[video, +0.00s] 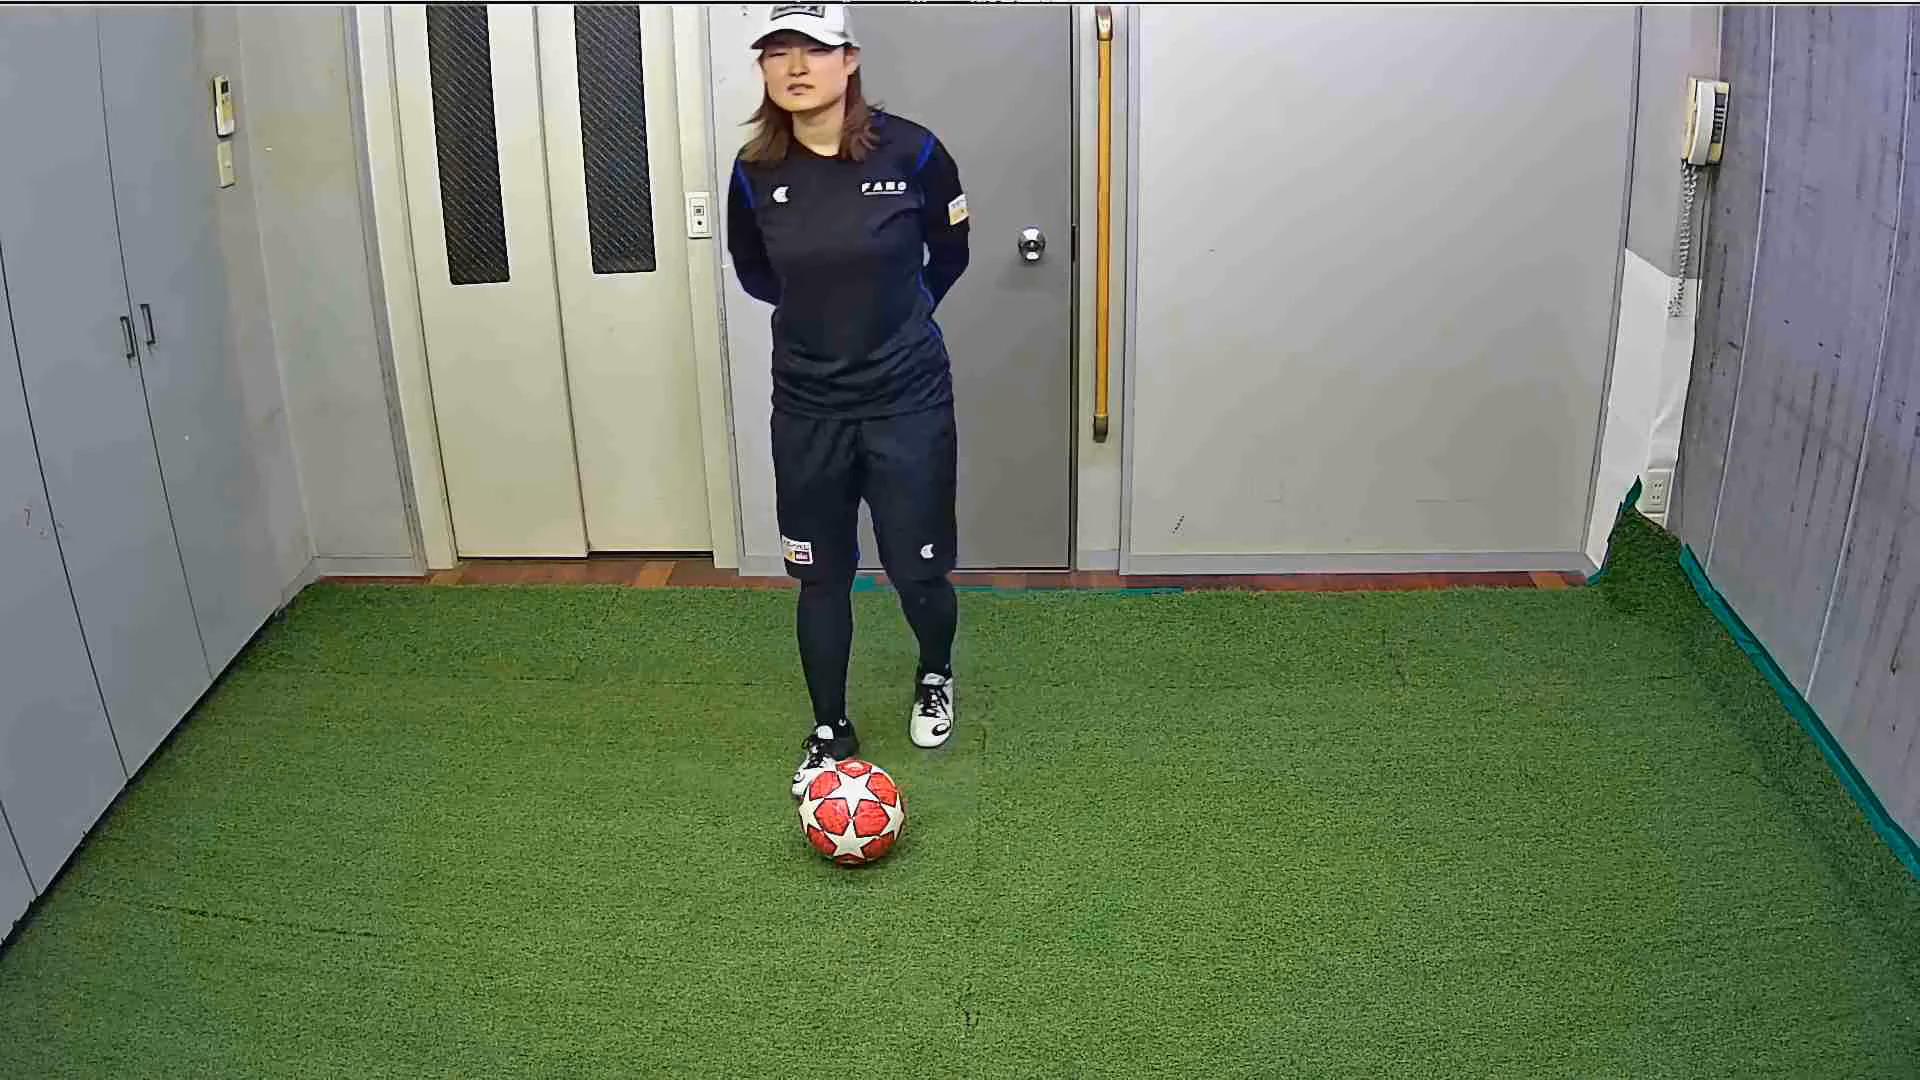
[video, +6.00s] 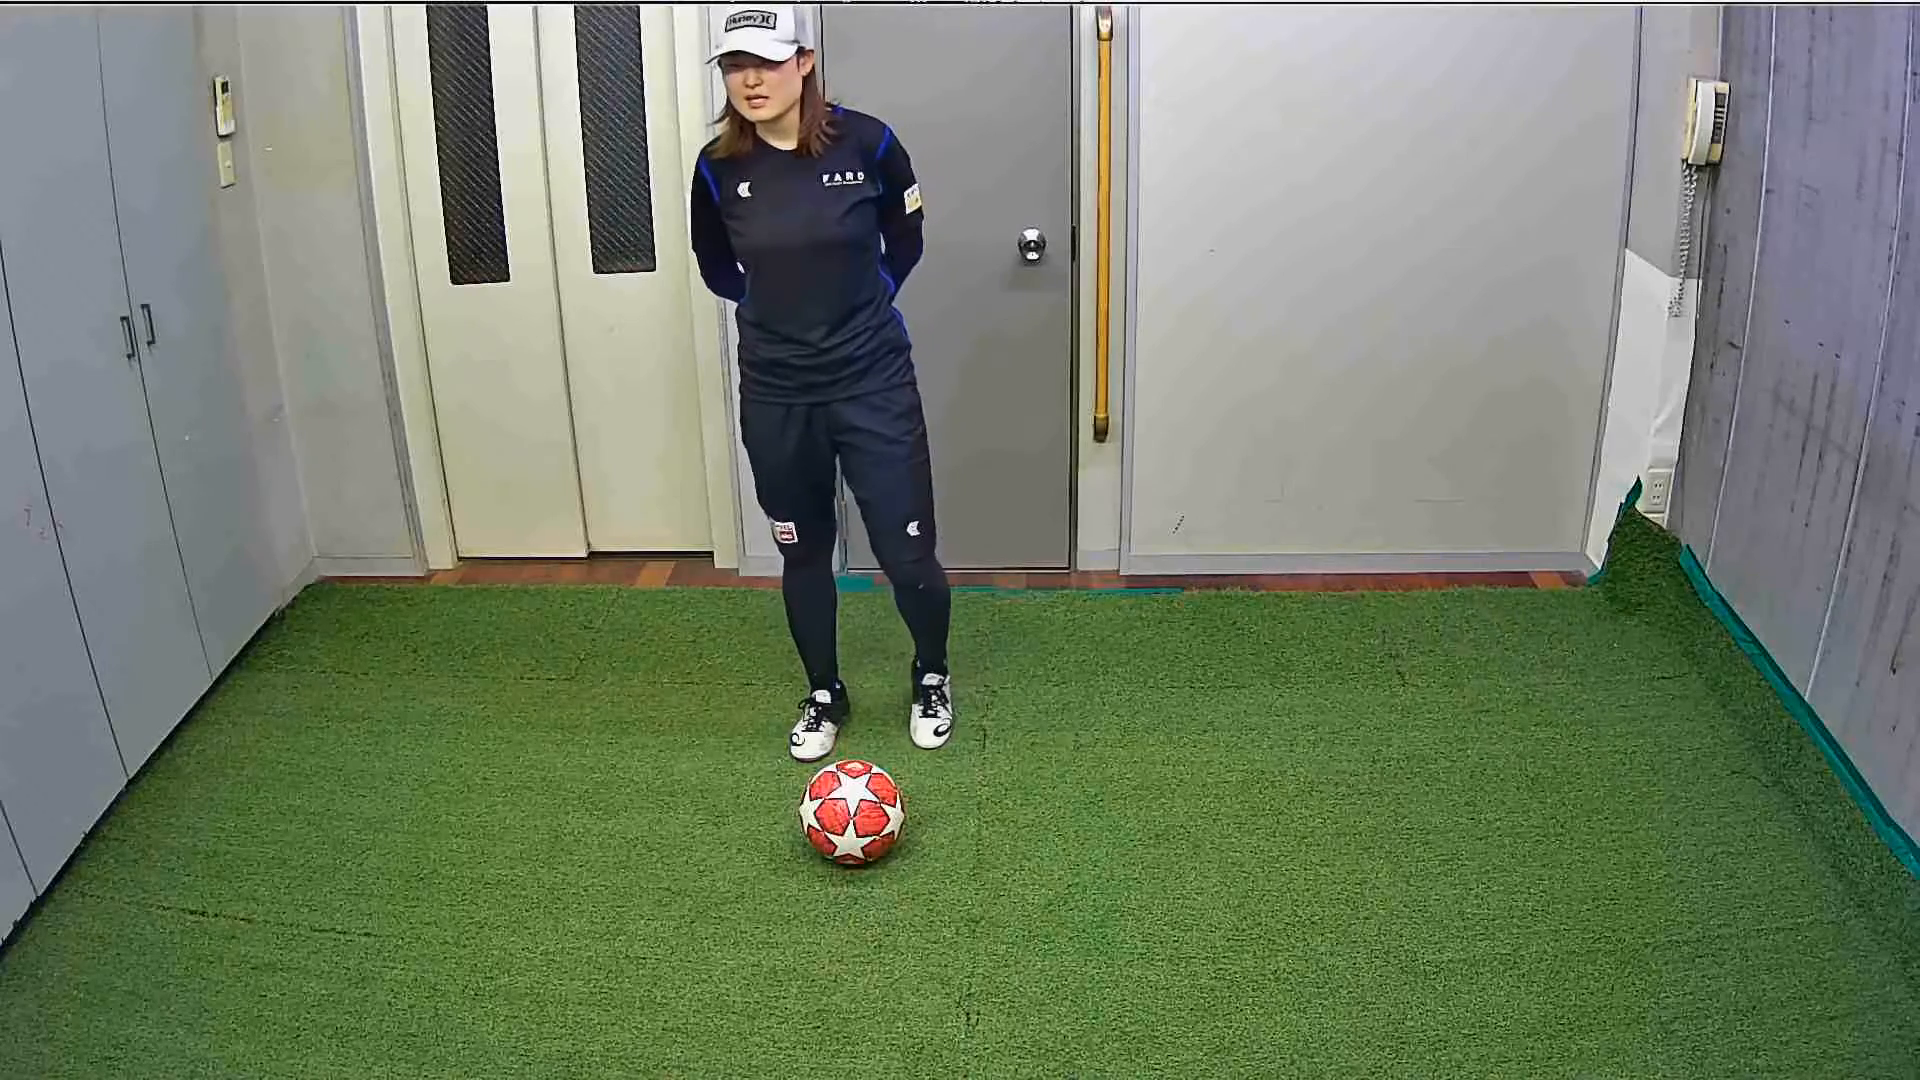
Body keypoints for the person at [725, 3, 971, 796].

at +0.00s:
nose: (793, 66)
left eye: (812, 50)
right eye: (778, 54)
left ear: (849, 62)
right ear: (765, 71)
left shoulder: (914, 151)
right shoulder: (754, 170)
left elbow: (953, 252)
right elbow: (752, 273)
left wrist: (895, 313)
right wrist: (822, 306)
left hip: (906, 397)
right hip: (806, 403)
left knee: (920, 573)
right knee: (816, 571)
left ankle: (933, 675)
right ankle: (830, 730)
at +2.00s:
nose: (810, 69)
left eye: (827, 53)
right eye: (797, 54)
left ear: (865, 59)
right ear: (782, 65)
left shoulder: (919, 146)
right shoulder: (763, 156)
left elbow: (951, 249)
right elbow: (751, 255)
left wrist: (893, 303)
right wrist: (813, 291)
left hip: (898, 388)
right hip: (801, 390)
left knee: (915, 547)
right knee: (813, 549)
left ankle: (931, 682)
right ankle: (824, 695)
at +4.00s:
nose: (810, 64)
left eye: (827, 49)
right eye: (798, 50)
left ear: (864, 57)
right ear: (781, 64)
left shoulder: (917, 146)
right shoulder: (760, 156)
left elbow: (948, 251)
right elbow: (748, 257)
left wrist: (893, 303)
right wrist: (808, 292)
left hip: (899, 387)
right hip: (800, 389)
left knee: (916, 550)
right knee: (814, 548)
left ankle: (932, 682)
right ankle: (825, 694)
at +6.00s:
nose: (749, 81)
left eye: (766, 64)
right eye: (736, 67)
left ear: (806, 65)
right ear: (724, 76)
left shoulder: (870, 142)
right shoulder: (716, 167)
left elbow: (905, 248)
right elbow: (716, 267)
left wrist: (854, 304)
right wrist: (778, 298)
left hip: (872, 378)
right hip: (774, 388)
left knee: (908, 551)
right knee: (802, 548)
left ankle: (931, 678)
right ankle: (824, 695)